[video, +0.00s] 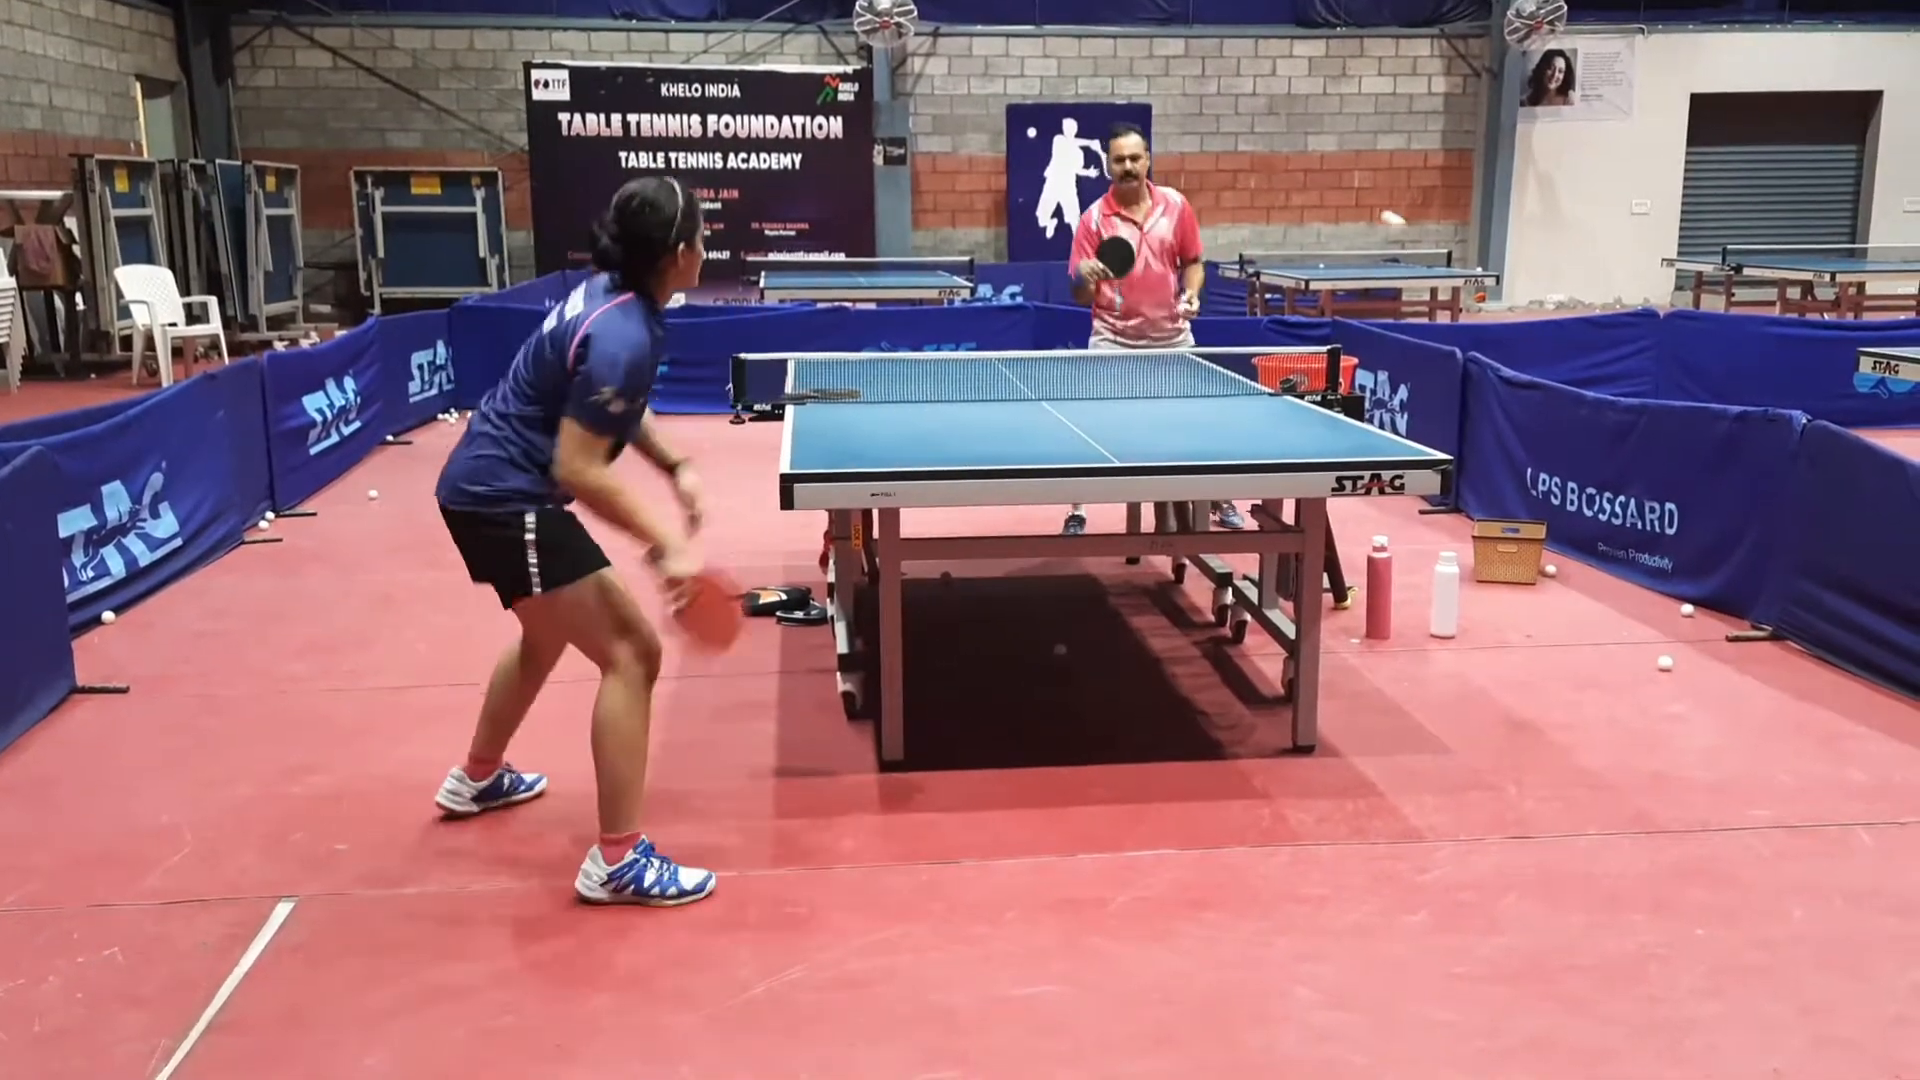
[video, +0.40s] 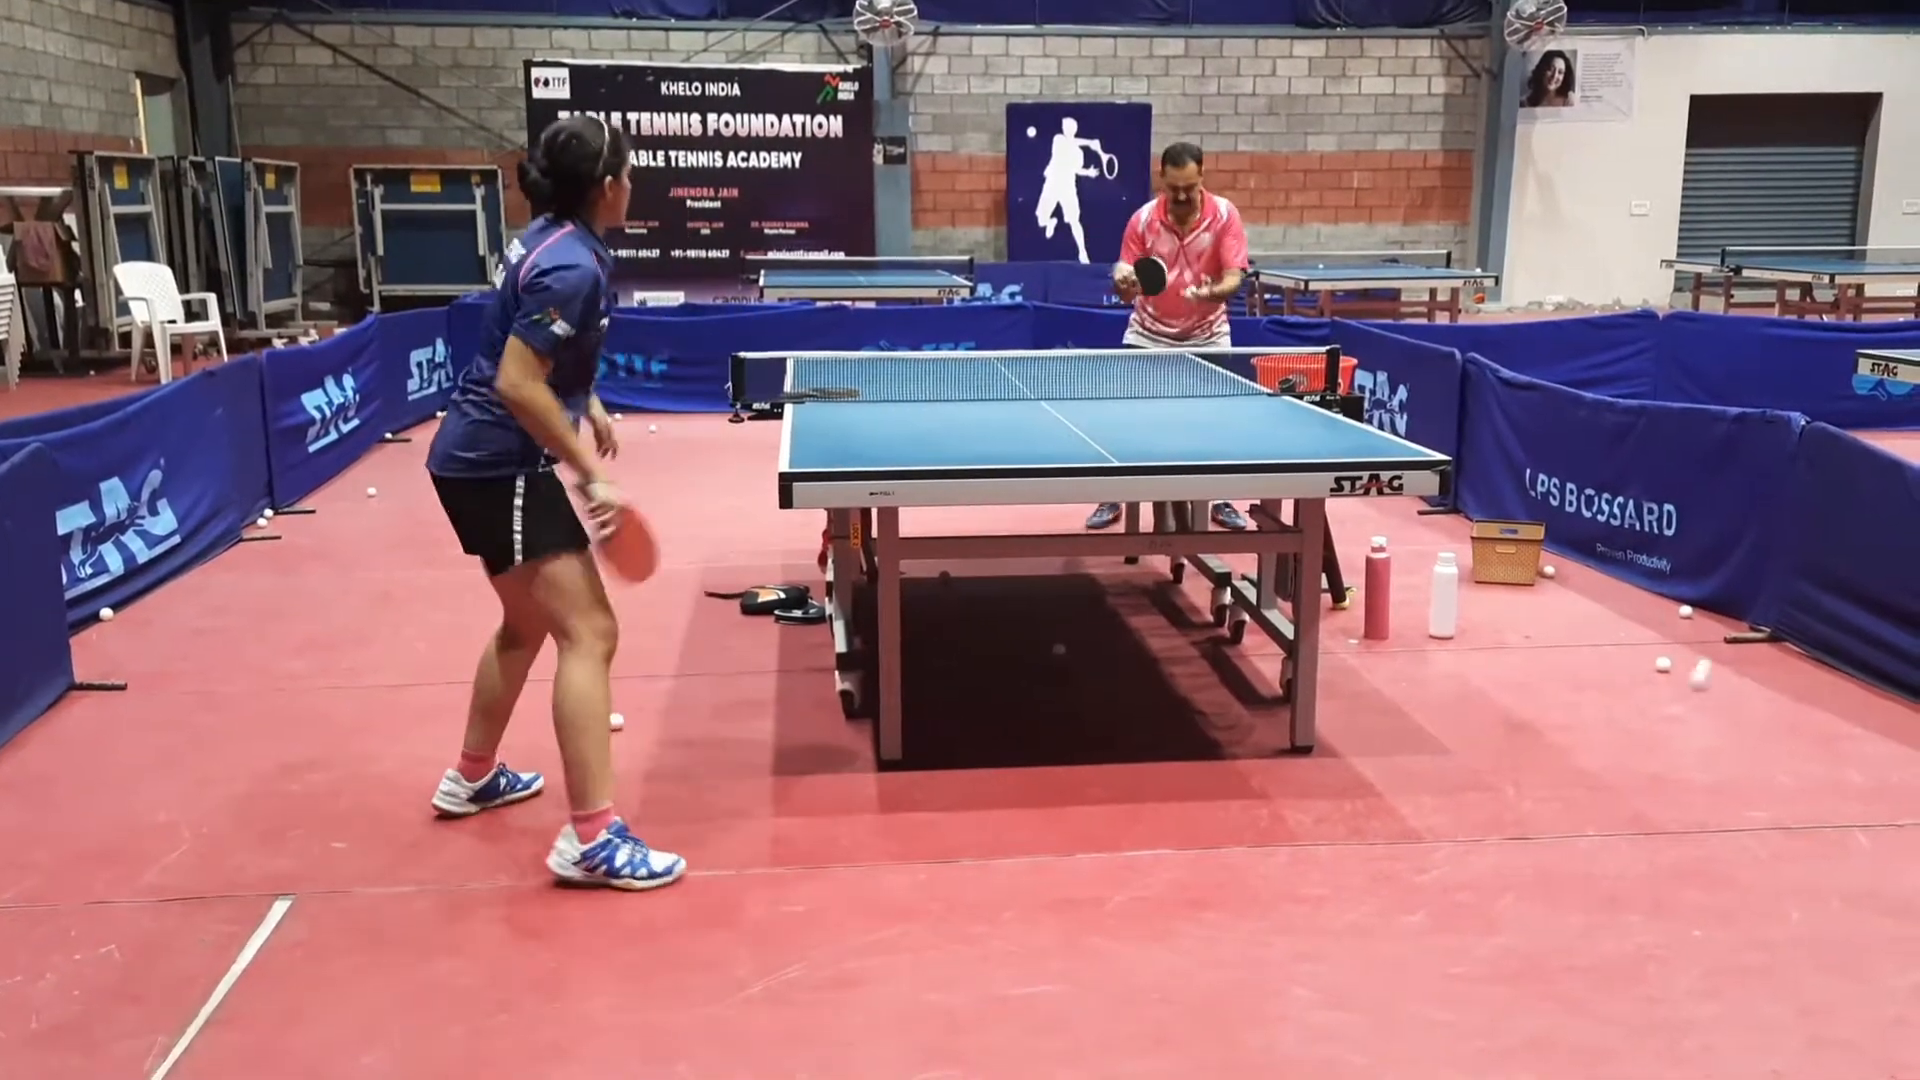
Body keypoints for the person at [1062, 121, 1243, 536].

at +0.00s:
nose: (1127, 167)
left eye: (1134, 159)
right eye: (1118, 160)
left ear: (1149, 161)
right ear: (1107, 165)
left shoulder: (1175, 206)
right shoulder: (1093, 218)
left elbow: (1193, 261)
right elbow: (1081, 296)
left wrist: (1192, 292)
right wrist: (1087, 275)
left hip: (1173, 339)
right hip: (1112, 339)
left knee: (1203, 415)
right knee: (1090, 418)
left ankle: (1221, 498)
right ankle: (1077, 509)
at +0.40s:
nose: (1182, 196)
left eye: (1190, 188)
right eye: (1173, 188)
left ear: (1202, 178)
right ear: (1160, 179)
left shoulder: (1224, 215)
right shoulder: (1143, 219)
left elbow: (1234, 276)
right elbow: (1122, 275)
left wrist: (1213, 290)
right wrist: (1125, 284)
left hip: (1208, 337)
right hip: (1147, 334)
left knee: (1220, 414)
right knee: (1123, 410)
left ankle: (1221, 498)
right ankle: (1112, 495)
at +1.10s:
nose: (1184, 182)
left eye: (1193, 175)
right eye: (1178, 173)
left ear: (1209, 174)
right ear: (1169, 171)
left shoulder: (1227, 220)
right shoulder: (1147, 214)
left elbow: (1232, 282)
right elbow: (1117, 278)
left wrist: (1210, 318)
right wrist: (1128, 269)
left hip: (1201, 339)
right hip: (1142, 334)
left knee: (1217, 417)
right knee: (1109, 409)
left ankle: (1216, 499)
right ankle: (1077, 493)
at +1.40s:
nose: (1144, 200)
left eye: (1153, 193)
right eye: (1138, 192)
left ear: (1170, 193)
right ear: (1131, 193)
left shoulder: (1198, 235)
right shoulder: (1116, 237)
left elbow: (1214, 295)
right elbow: (1102, 295)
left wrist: (1187, 334)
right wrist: (1090, 301)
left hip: (1183, 346)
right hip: (1123, 342)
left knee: (1207, 419)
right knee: (1086, 414)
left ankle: (1214, 503)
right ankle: (1065, 501)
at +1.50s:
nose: (1139, 202)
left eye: (1147, 195)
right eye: (1133, 195)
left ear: (1164, 194)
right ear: (1126, 195)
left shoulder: (1192, 233)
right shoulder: (1110, 237)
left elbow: (1211, 293)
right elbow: (1087, 290)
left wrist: (1184, 333)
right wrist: (1076, 302)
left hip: (1182, 343)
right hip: (1123, 342)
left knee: (1204, 419)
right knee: (1086, 413)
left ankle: (1213, 504)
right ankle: (1066, 502)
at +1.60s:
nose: (1138, 212)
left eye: (1146, 204)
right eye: (1131, 203)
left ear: (1163, 201)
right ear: (1123, 202)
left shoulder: (1190, 239)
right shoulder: (1108, 244)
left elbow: (1208, 300)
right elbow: (1091, 304)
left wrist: (1183, 341)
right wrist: (1082, 323)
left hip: (1182, 347)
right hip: (1125, 345)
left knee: (1205, 421)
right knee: (1084, 413)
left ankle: (1215, 506)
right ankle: (1066, 503)